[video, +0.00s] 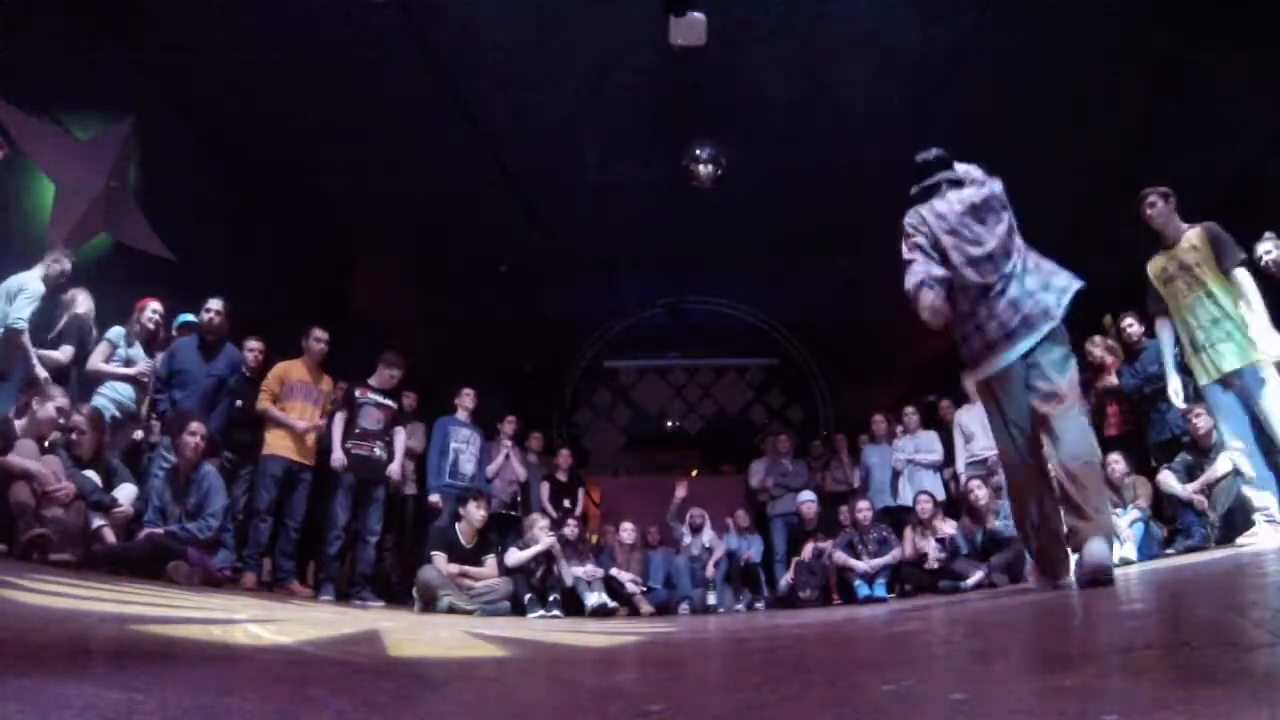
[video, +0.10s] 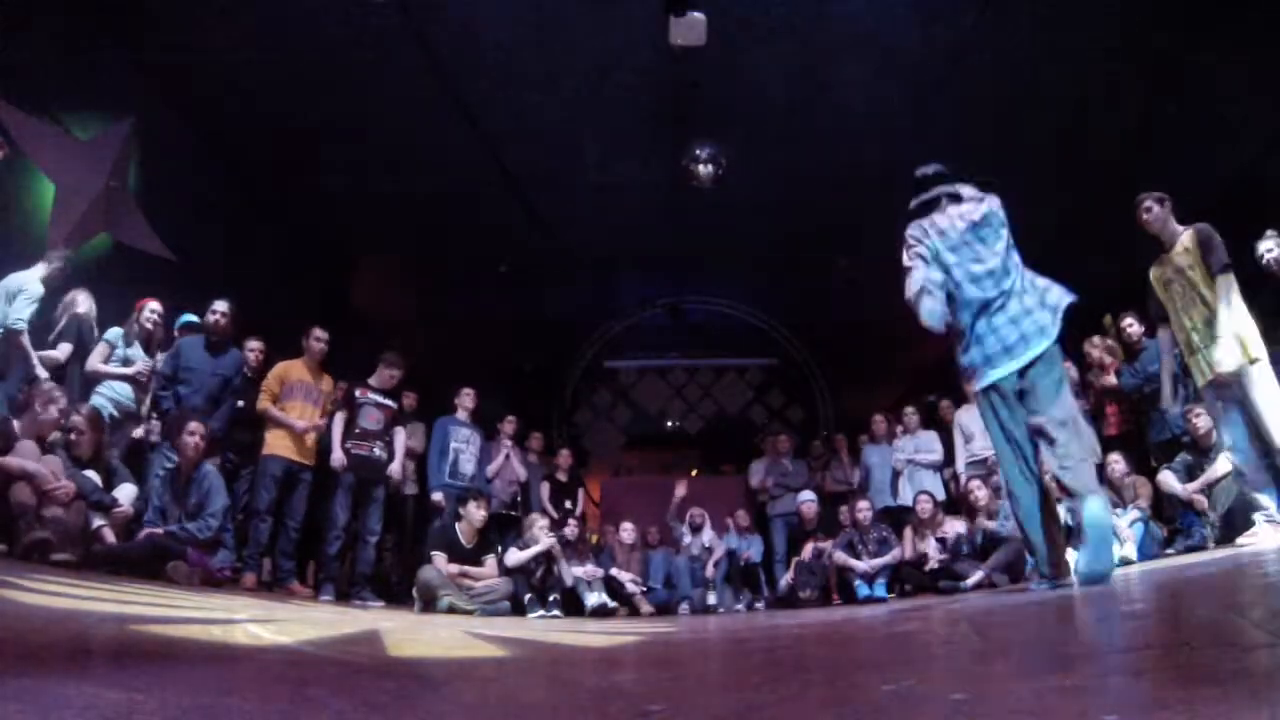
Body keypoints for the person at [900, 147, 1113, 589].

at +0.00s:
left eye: (920, 184)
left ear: (915, 186)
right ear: (954, 169)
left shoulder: (919, 221)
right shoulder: (988, 186)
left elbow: (928, 294)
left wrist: (934, 302)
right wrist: (956, 167)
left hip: (991, 338)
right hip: (1040, 312)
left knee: (1019, 452)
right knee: (1068, 416)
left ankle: (1051, 563)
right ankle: (1097, 538)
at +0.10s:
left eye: (919, 201)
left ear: (917, 200)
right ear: (955, 185)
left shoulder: (920, 235)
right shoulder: (991, 205)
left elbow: (932, 314)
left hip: (989, 358)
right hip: (1036, 334)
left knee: (1017, 463)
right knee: (1062, 424)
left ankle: (1049, 565)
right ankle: (1090, 497)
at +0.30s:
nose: (926, 239)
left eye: (924, 233)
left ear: (921, 231)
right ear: (955, 221)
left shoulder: (924, 260)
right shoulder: (987, 241)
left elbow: (929, 335)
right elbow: (1009, 306)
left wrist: (934, 400)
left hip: (980, 387)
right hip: (1024, 372)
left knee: (1005, 479)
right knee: (1037, 460)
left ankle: (1053, 569)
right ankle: (1080, 499)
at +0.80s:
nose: (892, 283)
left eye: (893, 280)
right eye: (892, 280)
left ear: (898, 280)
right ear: (920, 276)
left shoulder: (898, 301)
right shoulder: (943, 296)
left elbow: (894, 357)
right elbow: (911, 294)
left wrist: (882, 413)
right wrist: (873, 279)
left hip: (927, 405)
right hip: (963, 400)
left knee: (928, 487)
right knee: (958, 485)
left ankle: (986, 531)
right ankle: (971, 575)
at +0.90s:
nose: (878, 297)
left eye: (880, 292)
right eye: (878, 293)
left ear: (891, 291)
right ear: (911, 289)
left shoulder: (894, 313)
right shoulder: (934, 308)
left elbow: (886, 367)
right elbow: (887, 310)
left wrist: (878, 414)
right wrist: (845, 312)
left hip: (915, 424)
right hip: (949, 422)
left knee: (906, 497)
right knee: (947, 498)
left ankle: (961, 543)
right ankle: (974, 576)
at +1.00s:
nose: (867, 306)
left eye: (869, 300)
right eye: (867, 301)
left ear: (880, 298)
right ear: (899, 297)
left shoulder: (887, 321)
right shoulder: (920, 319)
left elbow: (880, 370)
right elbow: (868, 323)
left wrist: (875, 422)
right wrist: (828, 329)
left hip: (904, 433)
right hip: (935, 432)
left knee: (878, 500)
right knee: (936, 503)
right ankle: (971, 577)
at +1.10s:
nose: (852, 308)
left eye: (855, 301)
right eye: (851, 302)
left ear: (869, 301)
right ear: (883, 302)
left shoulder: (876, 324)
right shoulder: (900, 324)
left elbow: (879, 369)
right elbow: (851, 320)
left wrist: (879, 416)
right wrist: (811, 312)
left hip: (891, 432)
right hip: (918, 431)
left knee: (871, 509)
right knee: (933, 507)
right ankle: (970, 575)